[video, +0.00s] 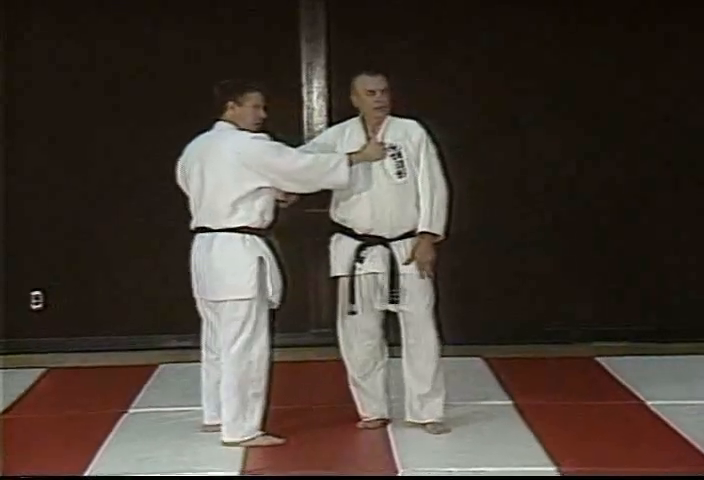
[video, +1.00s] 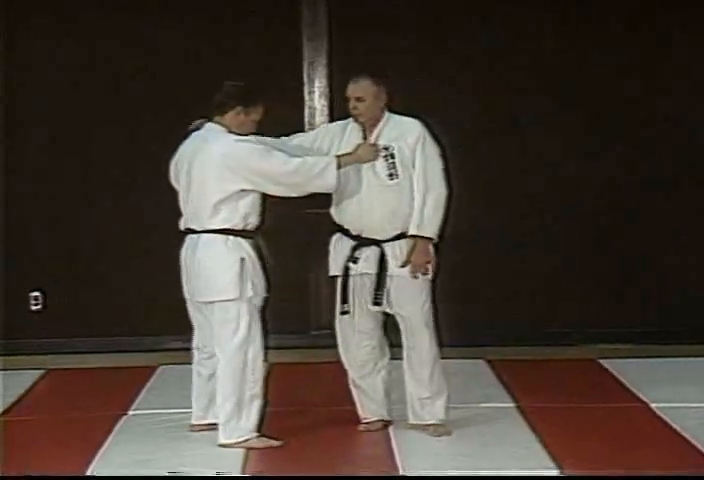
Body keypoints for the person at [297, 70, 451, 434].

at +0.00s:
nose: (378, 99)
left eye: (383, 92)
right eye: (370, 93)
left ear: (390, 96)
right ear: (354, 98)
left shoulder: (411, 133)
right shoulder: (337, 137)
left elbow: (434, 186)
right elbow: (296, 162)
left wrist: (427, 237)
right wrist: (284, 187)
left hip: (407, 245)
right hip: (356, 248)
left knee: (420, 332)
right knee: (360, 333)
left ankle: (426, 411)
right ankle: (372, 412)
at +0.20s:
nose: (373, 99)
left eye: (379, 92)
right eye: (364, 93)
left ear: (389, 95)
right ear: (353, 98)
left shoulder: (412, 133)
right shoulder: (338, 136)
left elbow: (435, 186)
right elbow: (295, 161)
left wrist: (429, 236)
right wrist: (281, 186)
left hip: (408, 246)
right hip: (356, 249)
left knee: (421, 332)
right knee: (360, 334)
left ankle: (427, 412)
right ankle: (373, 413)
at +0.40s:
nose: (359, 99)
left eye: (366, 92)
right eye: (354, 94)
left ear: (385, 96)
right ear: (350, 98)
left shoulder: (412, 132)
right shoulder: (337, 135)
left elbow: (435, 185)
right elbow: (294, 161)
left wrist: (429, 236)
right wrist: (279, 186)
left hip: (407, 245)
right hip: (355, 248)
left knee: (420, 330)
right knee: (360, 332)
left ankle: (427, 412)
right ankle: (372, 412)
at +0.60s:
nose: (355, 101)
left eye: (362, 94)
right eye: (352, 95)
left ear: (383, 96)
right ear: (349, 99)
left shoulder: (412, 133)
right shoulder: (337, 136)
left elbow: (435, 186)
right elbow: (294, 159)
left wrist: (426, 238)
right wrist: (273, 183)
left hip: (405, 246)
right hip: (353, 248)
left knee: (418, 331)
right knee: (359, 333)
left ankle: (427, 413)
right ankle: (372, 413)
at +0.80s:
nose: (355, 103)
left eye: (362, 96)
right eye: (351, 97)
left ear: (384, 97)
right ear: (348, 101)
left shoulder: (412, 133)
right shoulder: (338, 134)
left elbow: (434, 187)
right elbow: (293, 152)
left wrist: (424, 238)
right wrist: (252, 160)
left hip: (402, 247)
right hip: (352, 249)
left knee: (417, 331)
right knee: (358, 333)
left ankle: (427, 413)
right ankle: (371, 413)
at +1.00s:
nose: (353, 107)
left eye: (360, 100)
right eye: (349, 101)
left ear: (382, 100)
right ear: (346, 102)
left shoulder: (411, 133)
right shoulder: (337, 134)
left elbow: (434, 188)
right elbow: (290, 146)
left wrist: (424, 240)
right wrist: (244, 145)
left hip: (404, 247)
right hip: (353, 249)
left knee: (418, 332)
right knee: (358, 333)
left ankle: (428, 414)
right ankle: (372, 413)